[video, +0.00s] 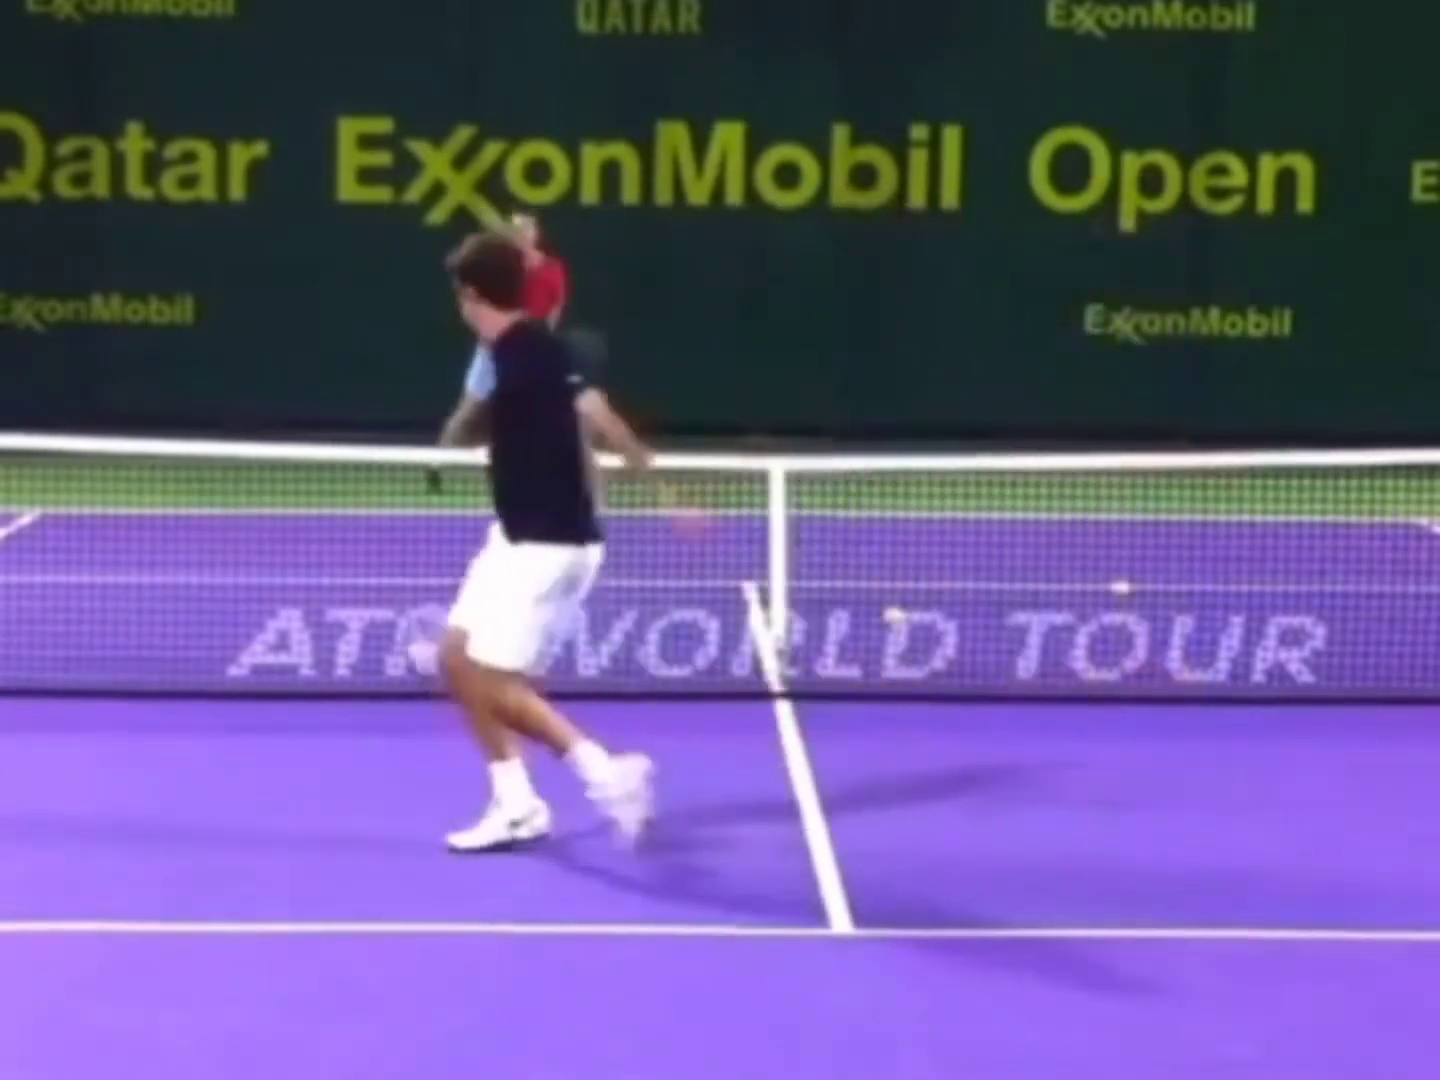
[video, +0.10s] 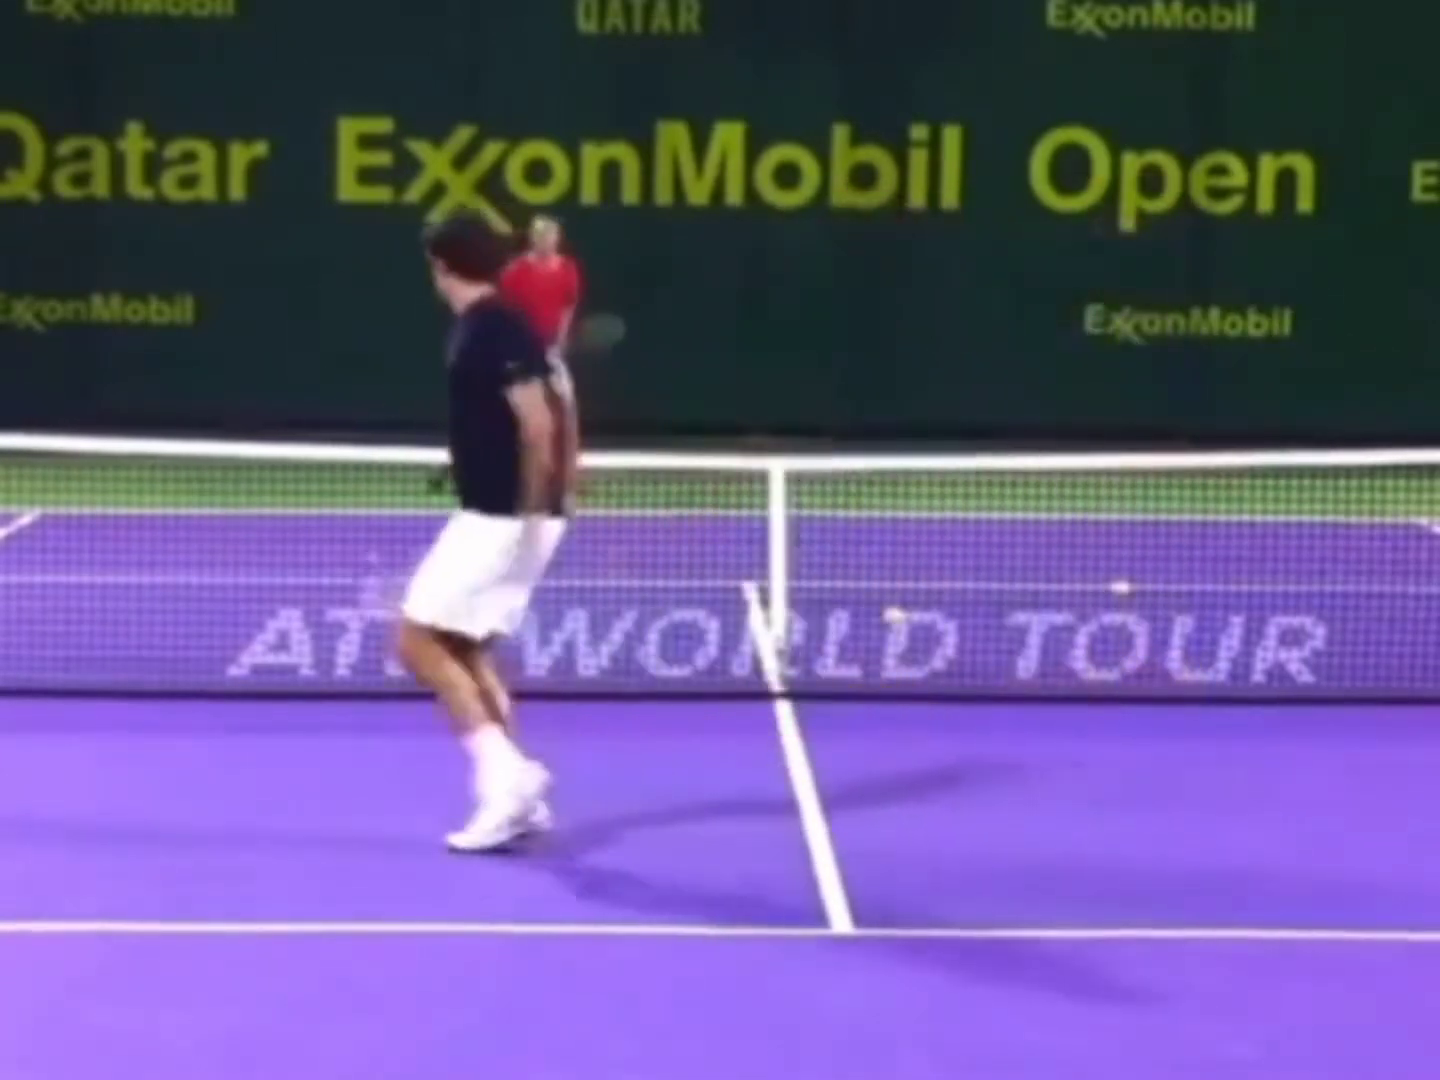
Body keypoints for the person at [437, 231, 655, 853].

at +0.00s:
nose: (461, 310)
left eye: (463, 298)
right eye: (461, 298)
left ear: (477, 298)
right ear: (516, 290)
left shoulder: (522, 349)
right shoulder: (536, 348)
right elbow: (591, 419)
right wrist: (641, 460)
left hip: (551, 544)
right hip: (521, 538)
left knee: (494, 678)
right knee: (458, 658)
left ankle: (607, 773)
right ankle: (515, 797)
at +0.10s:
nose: (432, 278)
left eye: (433, 267)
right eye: (433, 267)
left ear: (443, 268)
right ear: (491, 263)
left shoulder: (487, 329)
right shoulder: (512, 323)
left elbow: (537, 422)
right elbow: (560, 406)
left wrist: (533, 507)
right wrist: (559, 490)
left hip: (495, 512)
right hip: (521, 512)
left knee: (418, 639)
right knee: (462, 645)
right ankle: (515, 783)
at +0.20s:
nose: (409, 268)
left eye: (409, 257)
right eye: (414, 257)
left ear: (417, 257)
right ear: (469, 255)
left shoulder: (438, 317)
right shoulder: (505, 319)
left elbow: (449, 413)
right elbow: (548, 401)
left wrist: (414, 477)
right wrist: (529, 473)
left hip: (458, 506)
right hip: (511, 508)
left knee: (373, 625)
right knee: (463, 640)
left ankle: (383, 781)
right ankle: (513, 787)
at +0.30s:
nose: (378, 277)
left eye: (380, 267)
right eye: (385, 266)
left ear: (387, 270)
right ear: (438, 268)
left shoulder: (388, 333)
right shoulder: (479, 329)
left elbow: (365, 423)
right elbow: (512, 430)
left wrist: (311, 471)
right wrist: (486, 494)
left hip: (402, 523)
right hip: (473, 526)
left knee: (331, 660)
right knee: (441, 657)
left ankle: (285, 803)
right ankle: (502, 788)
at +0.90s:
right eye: (439, 307)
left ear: (392, 313)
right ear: (449, 314)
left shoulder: (358, 376)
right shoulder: (469, 383)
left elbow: (317, 462)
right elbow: (506, 479)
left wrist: (359, 489)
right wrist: (480, 527)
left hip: (361, 561)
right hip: (446, 561)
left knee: (298, 684)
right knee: (527, 677)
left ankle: (233, 812)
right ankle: (570, 821)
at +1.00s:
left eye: (428, 307)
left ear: (418, 315)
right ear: (474, 316)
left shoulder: (387, 380)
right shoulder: (503, 388)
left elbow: (351, 472)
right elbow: (536, 494)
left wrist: (394, 480)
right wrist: (501, 499)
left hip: (401, 566)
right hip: (491, 565)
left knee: (328, 681)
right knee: (559, 680)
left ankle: (247, 808)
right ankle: (575, 820)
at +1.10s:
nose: (455, 295)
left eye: (448, 286)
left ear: (443, 291)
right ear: (497, 288)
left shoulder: (432, 355)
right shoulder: (534, 351)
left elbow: (400, 438)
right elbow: (550, 438)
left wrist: (382, 417)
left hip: (452, 535)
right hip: (532, 537)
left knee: (380, 657)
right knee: (560, 673)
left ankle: (366, 803)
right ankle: (579, 813)